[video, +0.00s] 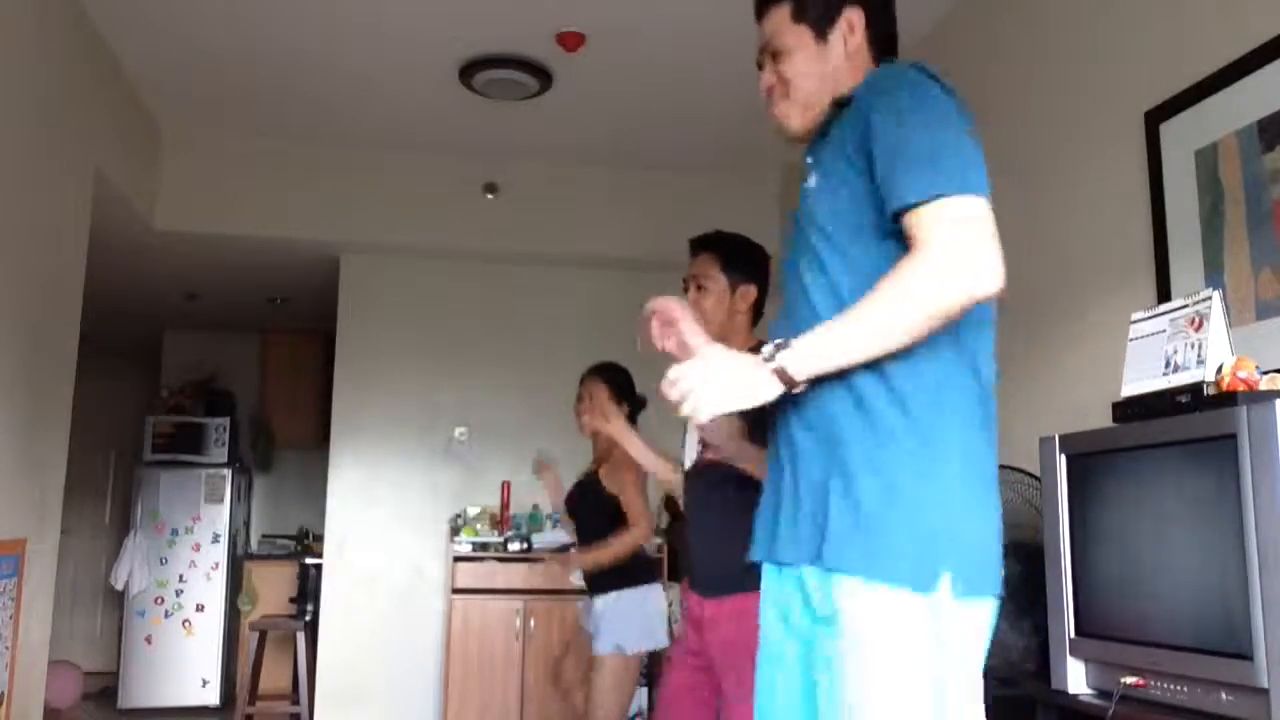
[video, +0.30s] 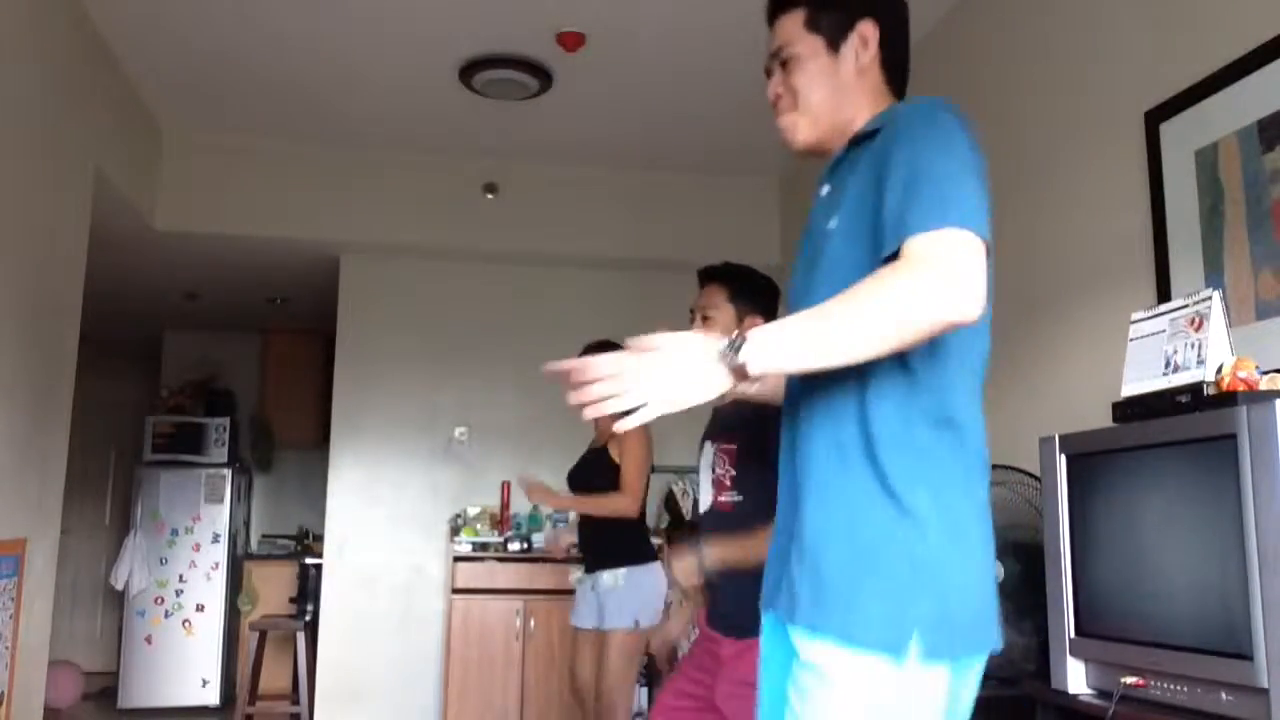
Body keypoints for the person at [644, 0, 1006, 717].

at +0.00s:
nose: (765, 80)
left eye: (776, 54)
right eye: (762, 62)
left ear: (848, 31)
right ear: (845, 35)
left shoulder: (897, 95)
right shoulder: (829, 162)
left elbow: (966, 258)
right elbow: (825, 357)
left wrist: (775, 369)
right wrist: (718, 356)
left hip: (897, 554)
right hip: (810, 549)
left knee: (890, 708)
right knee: (797, 708)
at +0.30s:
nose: (771, 87)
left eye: (785, 61)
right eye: (770, 70)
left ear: (861, 46)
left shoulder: (921, 128)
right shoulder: (834, 193)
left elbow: (948, 282)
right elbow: (830, 374)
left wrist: (724, 359)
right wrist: (723, 371)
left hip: (893, 602)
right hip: (810, 592)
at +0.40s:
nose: (783, 99)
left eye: (796, 72)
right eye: (781, 82)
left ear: (875, 51)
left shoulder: (954, 143)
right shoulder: (831, 221)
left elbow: (929, 286)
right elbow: (746, 346)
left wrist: (789, 347)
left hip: (918, 601)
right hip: (799, 590)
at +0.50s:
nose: (785, 123)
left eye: (803, 95)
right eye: (786, 103)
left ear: (881, 85)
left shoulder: (951, 172)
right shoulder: (819, 260)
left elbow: (1010, 254)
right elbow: (716, 348)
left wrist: (793, 395)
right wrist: (591, 425)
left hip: (935, 648)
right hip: (805, 631)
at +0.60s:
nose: (787, 108)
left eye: (803, 80)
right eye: (786, 90)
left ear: (879, 66)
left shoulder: (939, 152)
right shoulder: (832, 244)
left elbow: (1051, 226)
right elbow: (737, 339)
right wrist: (563, 380)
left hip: (917, 640)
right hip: (806, 625)